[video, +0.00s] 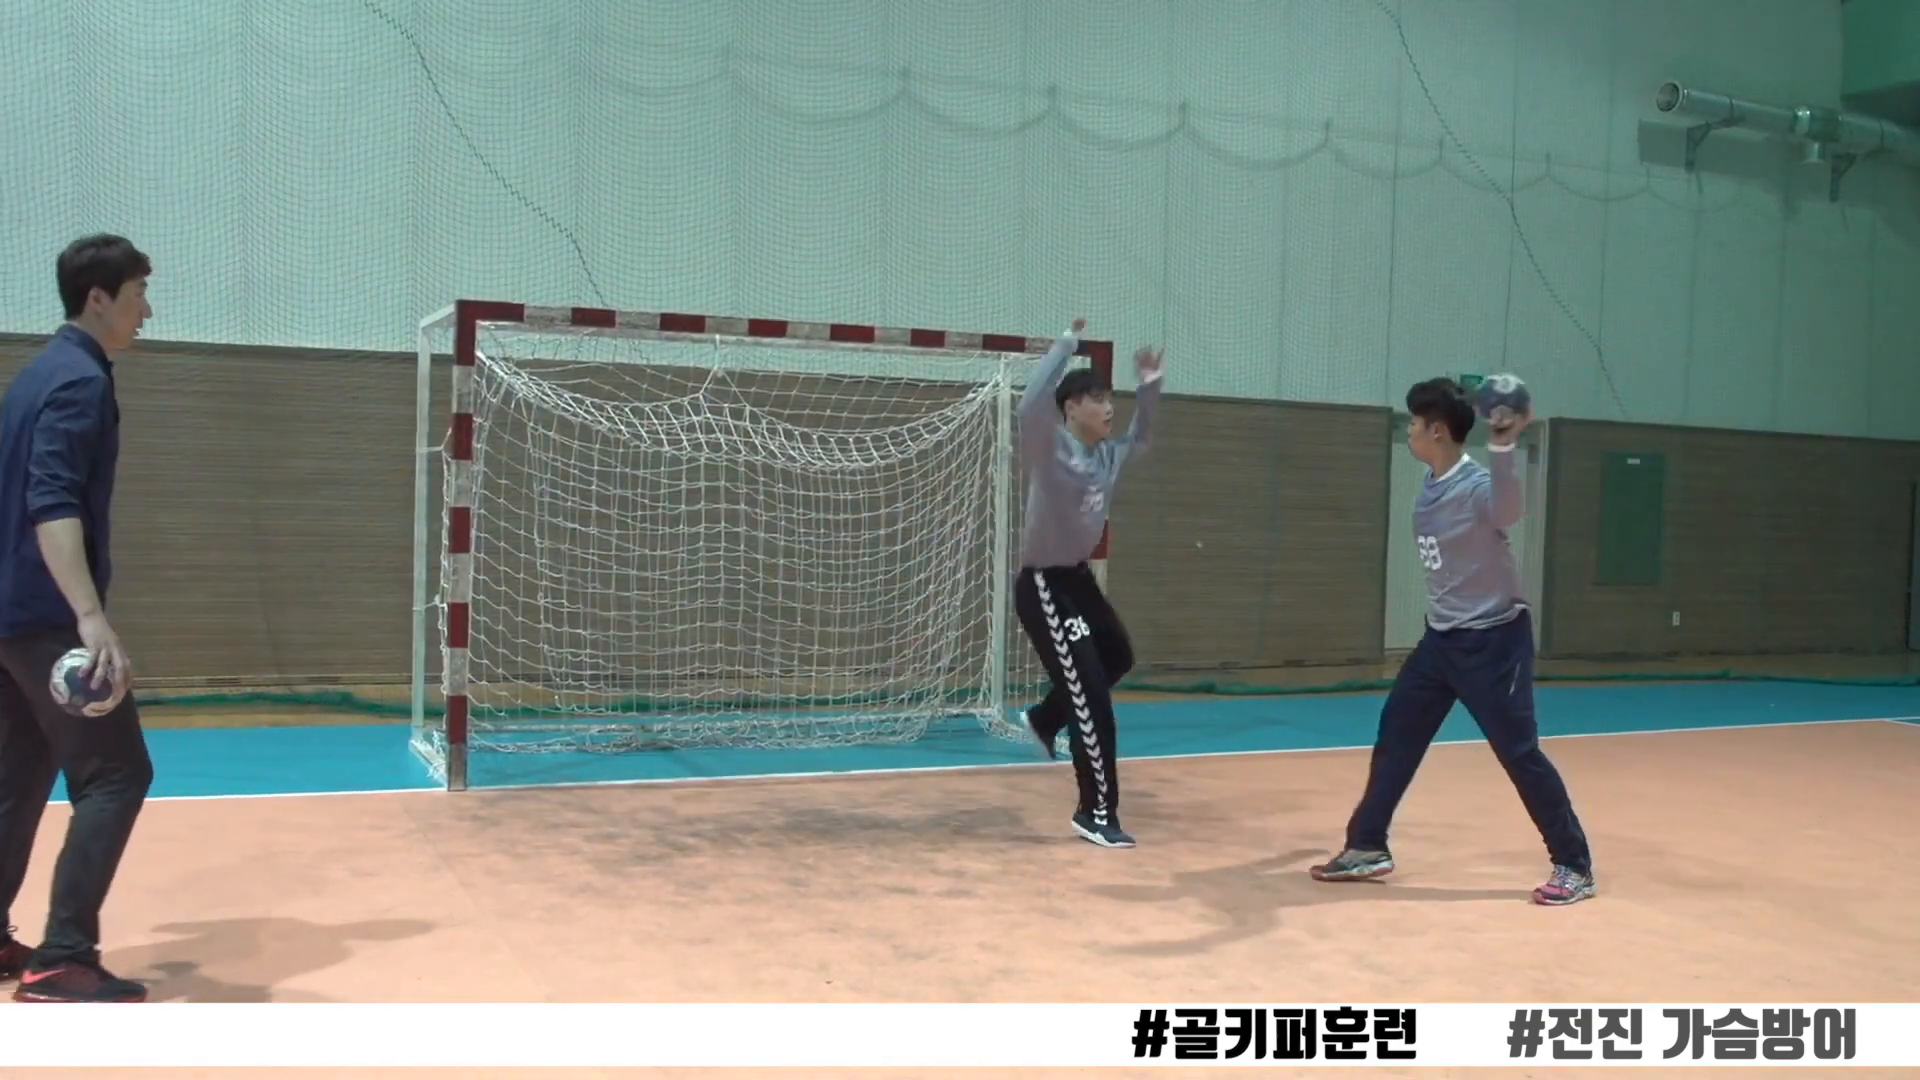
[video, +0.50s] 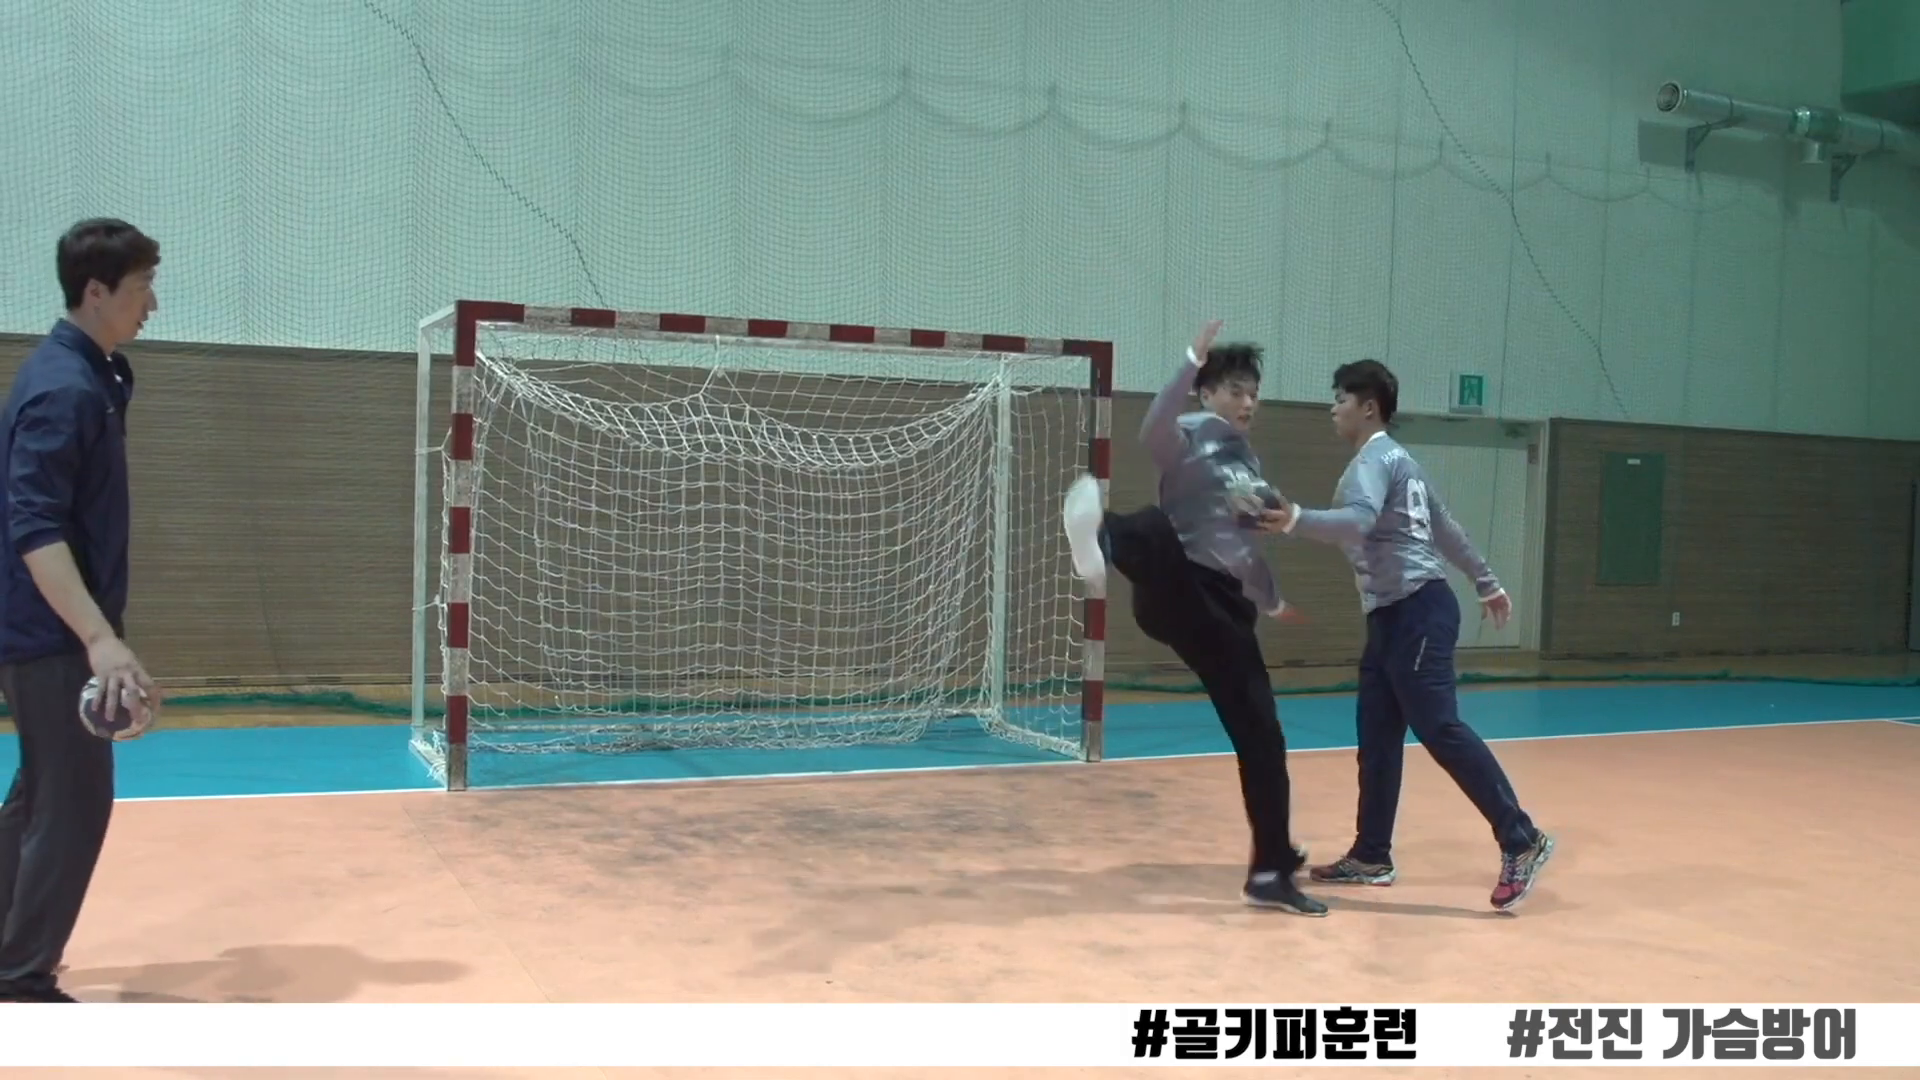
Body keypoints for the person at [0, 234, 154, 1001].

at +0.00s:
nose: (147, 306)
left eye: (146, 291)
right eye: (139, 292)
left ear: (90, 301)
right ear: (98, 299)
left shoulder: (46, 368)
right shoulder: (78, 377)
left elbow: (32, 504)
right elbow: (52, 506)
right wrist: (93, 616)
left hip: (16, 619)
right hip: (46, 620)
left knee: (23, 779)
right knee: (118, 774)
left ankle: (0, 937)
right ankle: (66, 957)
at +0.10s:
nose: (140, 302)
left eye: (139, 288)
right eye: (131, 289)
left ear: (81, 297)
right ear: (90, 295)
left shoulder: (40, 367)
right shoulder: (72, 379)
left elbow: (40, 515)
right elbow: (55, 517)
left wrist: (76, 622)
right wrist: (100, 621)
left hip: (22, 624)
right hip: (46, 626)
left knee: (25, 794)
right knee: (91, 785)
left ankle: (14, 957)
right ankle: (26, 964)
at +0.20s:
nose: (140, 300)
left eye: (138, 285)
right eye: (129, 287)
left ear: (82, 294)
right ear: (87, 294)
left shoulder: (50, 365)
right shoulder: (68, 380)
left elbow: (42, 521)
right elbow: (51, 521)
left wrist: (88, 626)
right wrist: (111, 627)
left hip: (29, 623)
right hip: (44, 625)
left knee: (29, 786)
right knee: (78, 789)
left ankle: (13, 952)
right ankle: (18, 967)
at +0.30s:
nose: (142, 299)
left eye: (141, 284)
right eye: (132, 285)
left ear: (85, 291)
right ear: (87, 290)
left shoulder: (71, 371)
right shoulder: (60, 384)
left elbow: (57, 524)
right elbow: (45, 525)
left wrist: (99, 634)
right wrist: (115, 627)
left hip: (47, 630)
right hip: (46, 633)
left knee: (32, 790)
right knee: (72, 796)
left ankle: (12, 952)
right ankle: (21, 970)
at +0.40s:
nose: (145, 299)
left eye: (145, 284)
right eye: (136, 285)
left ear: (90, 291)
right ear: (90, 290)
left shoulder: (78, 375)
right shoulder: (59, 387)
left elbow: (68, 527)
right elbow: (38, 529)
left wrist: (104, 643)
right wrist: (110, 630)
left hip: (49, 634)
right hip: (46, 636)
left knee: (31, 794)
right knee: (73, 799)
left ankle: (7, 954)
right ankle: (22, 973)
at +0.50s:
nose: (153, 301)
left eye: (152, 286)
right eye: (145, 287)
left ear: (99, 293)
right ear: (99, 292)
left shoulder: (81, 376)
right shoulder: (61, 388)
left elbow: (64, 526)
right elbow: (35, 531)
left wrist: (98, 635)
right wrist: (101, 639)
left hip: (51, 639)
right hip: (49, 643)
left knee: (42, 794)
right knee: (77, 804)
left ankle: (5, 953)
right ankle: (23, 974)